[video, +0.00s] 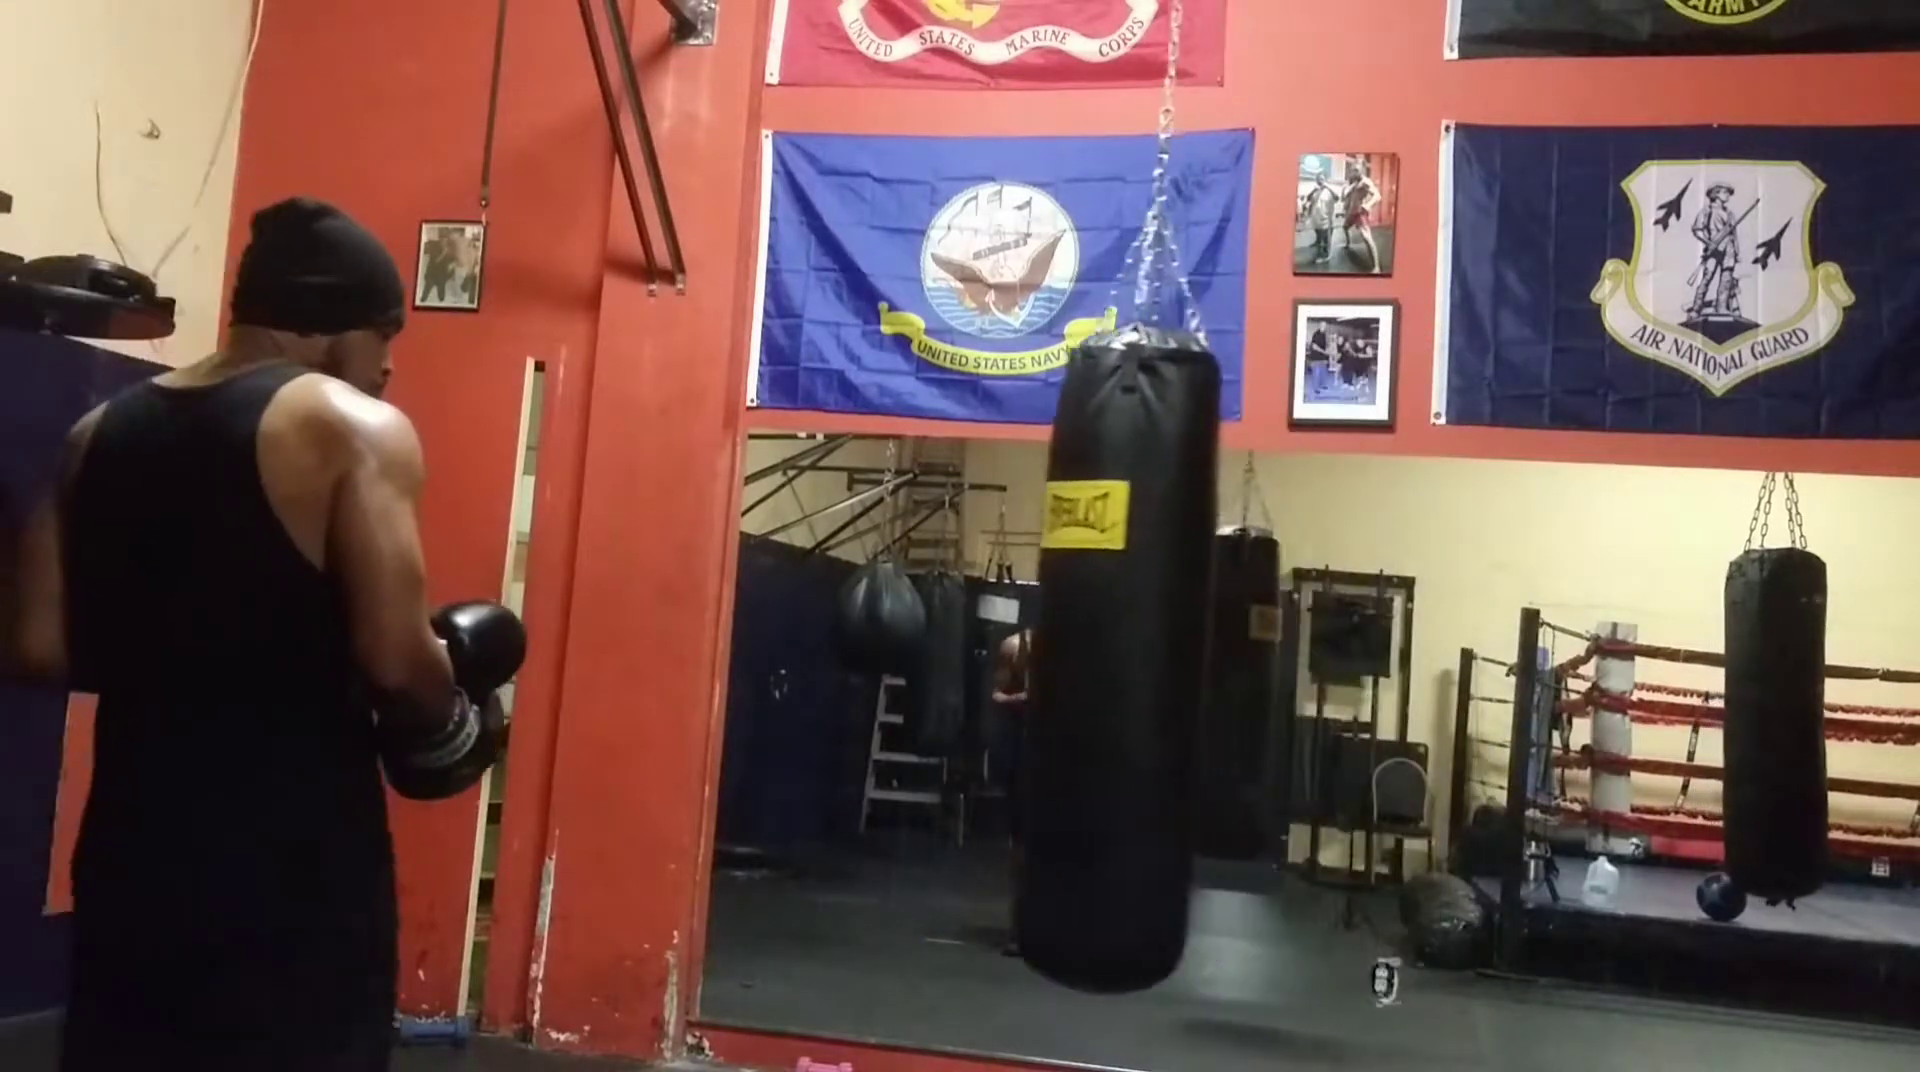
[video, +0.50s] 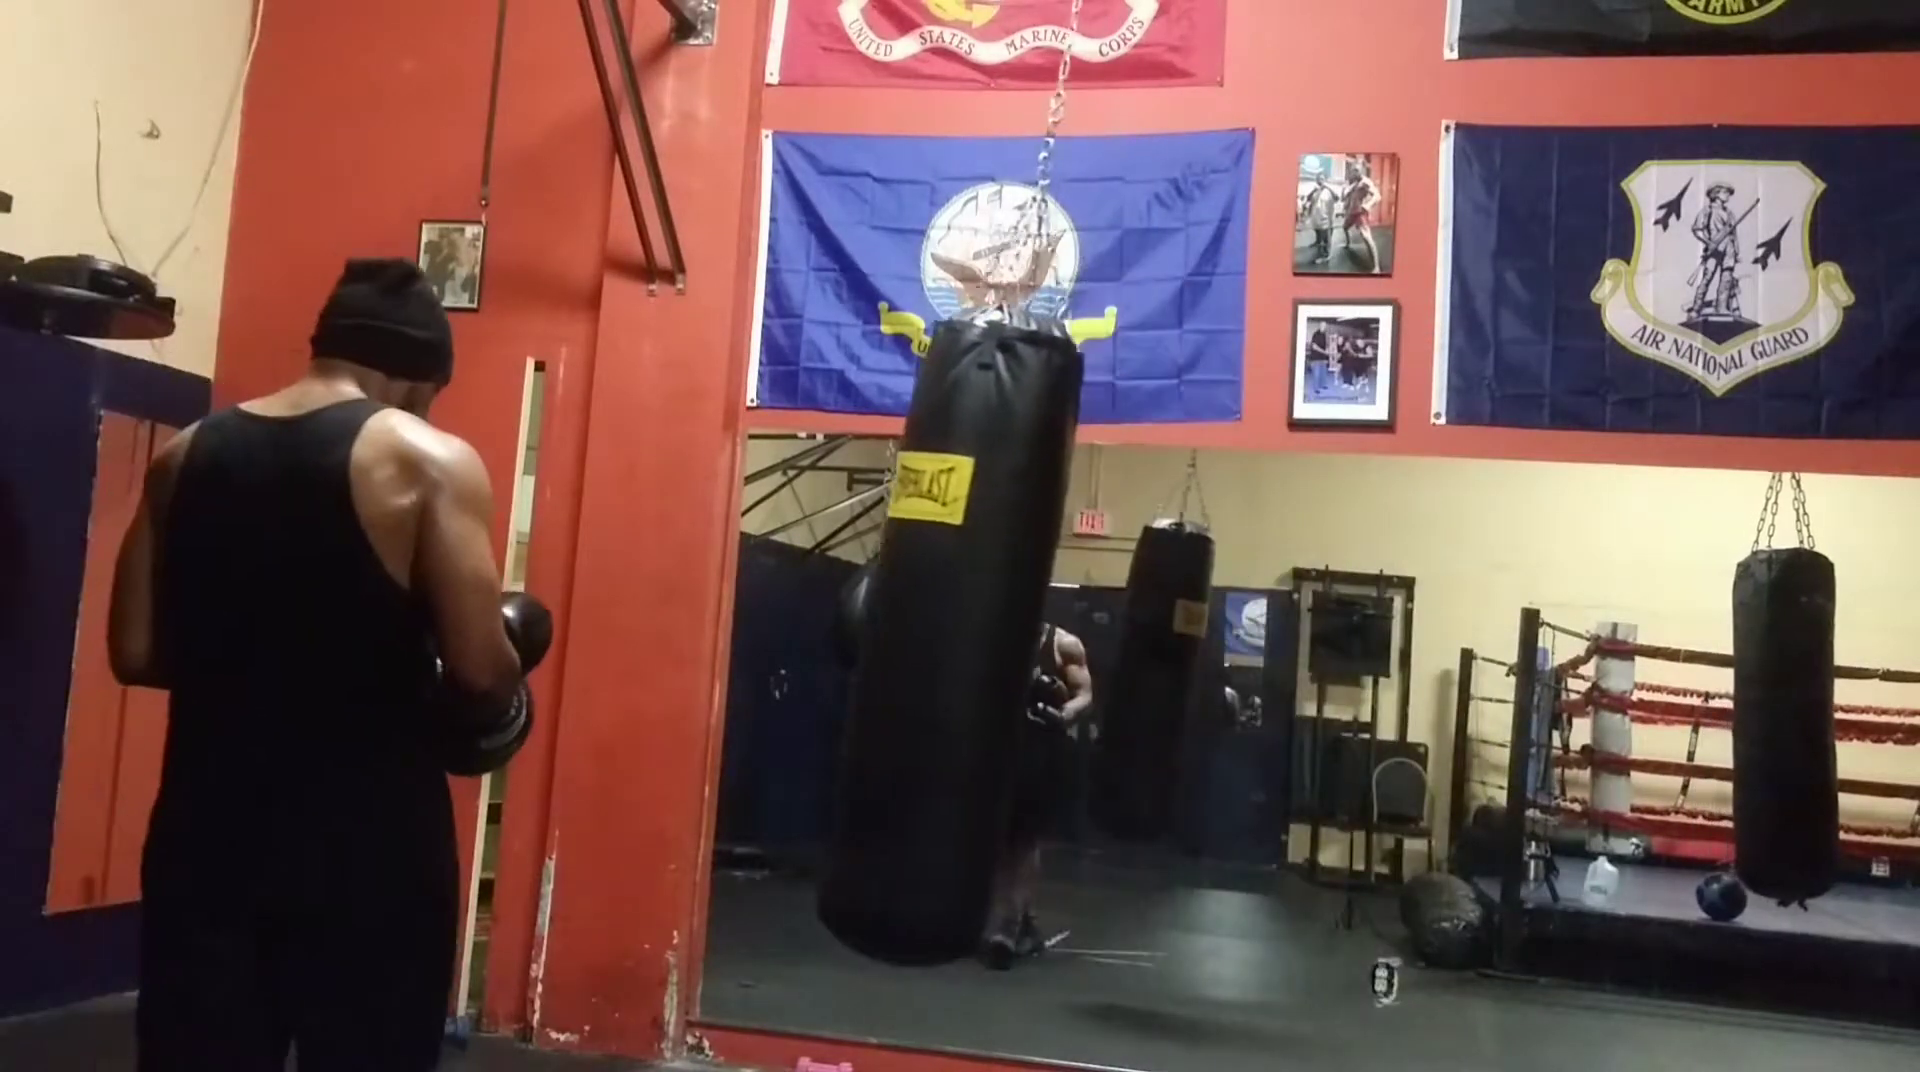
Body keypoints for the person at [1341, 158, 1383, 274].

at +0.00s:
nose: (1352, 173)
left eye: (1355, 170)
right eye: (1351, 171)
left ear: (1359, 172)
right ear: (1349, 172)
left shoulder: (1365, 182)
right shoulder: (1350, 184)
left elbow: (1376, 196)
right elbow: (1344, 198)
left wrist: (1367, 206)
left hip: (1360, 212)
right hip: (1350, 212)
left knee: (1366, 237)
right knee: (1345, 227)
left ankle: (1376, 266)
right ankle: (1348, 243)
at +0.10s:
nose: (1352, 173)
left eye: (1355, 170)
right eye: (1351, 171)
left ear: (1359, 171)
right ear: (1350, 172)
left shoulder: (1365, 182)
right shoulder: (1350, 184)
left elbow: (1376, 196)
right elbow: (1344, 198)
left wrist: (1367, 206)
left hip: (1360, 212)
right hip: (1351, 212)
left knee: (1366, 237)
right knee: (1345, 227)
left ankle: (1376, 266)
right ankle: (1348, 243)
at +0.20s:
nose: (1353, 173)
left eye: (1355, 171)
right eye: (1352, 171)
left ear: (1359, 172)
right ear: (1350, 172)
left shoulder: (1365, 182)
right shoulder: (1349, 184)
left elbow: (1376, 195)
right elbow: (1344, 199)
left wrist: (1367, 206)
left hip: (1361, 212)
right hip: (1350, 212)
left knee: (1366, 236)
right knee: (1345, 228)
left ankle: (1376, 266)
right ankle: (1348, 243)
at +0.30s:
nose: (1352, 174)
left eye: (1355, 171)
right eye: (1351, 171)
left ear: (1359, 172)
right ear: (1350, 173)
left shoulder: (1365, 182)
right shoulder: (1350, 184)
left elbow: (1376, 196)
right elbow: (1344, 198)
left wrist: (1367, 206)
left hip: (1361, 212)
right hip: (1351, 212)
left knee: (1366, 236)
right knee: (1345, 227)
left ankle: (1376, 266)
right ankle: (1348, 243)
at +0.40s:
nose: (1352, 174)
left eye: (1355, 171)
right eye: (1351, 171)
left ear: (1359, 172)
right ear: (1350, 173)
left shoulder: (1365, 182)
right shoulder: (1350, 184)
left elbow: (1376, 196)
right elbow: (1344, 198)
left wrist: (1367, 206)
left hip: (1361, 212)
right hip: (1351, 212)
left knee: (1366, 236)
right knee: (1345, 227)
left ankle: (1376, 266)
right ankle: (1348, 243)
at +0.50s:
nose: (1352, 174)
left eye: (1355, 171)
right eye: (1352, 171)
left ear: (1359, 172)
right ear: (1350, 172)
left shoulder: (1365, 182)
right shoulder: (1350, 184)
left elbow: (1376, 195)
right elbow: (1343, 198)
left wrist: (1367, 206)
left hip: (1361, 212)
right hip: (1351, 212)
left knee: (1366, 236)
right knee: (1345, 227)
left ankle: (1376, 266)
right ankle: (1348, 243)